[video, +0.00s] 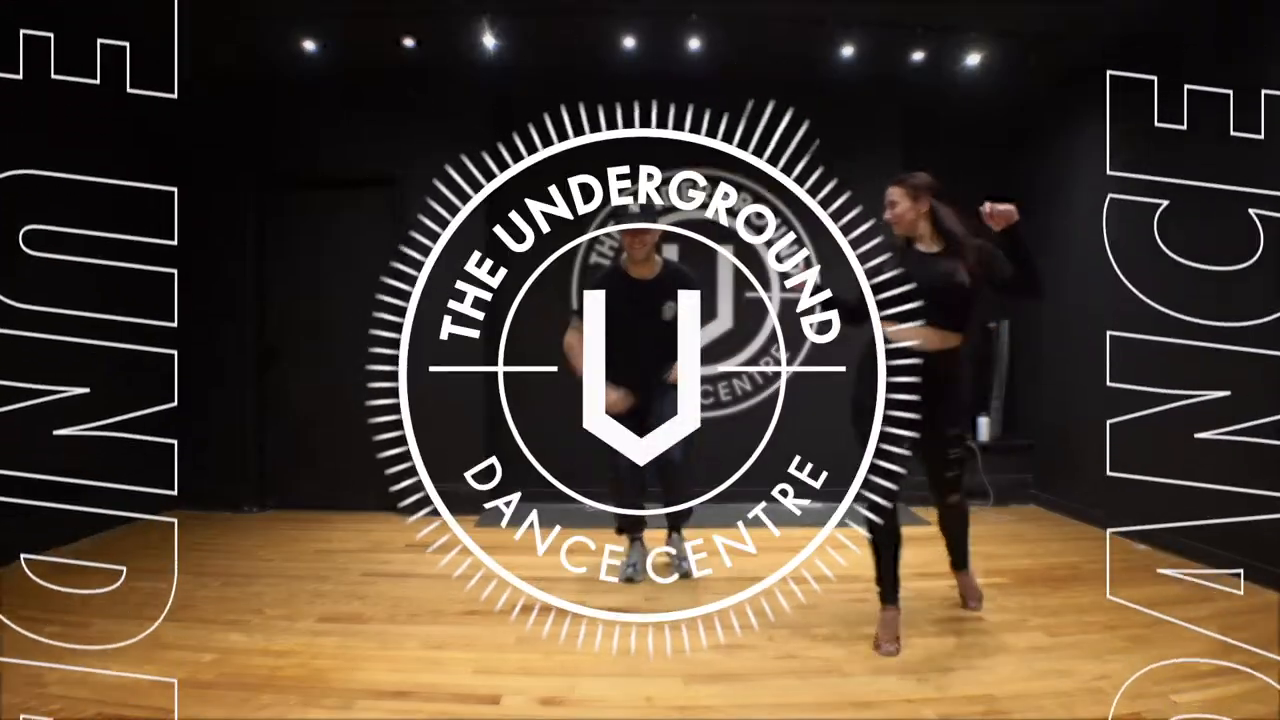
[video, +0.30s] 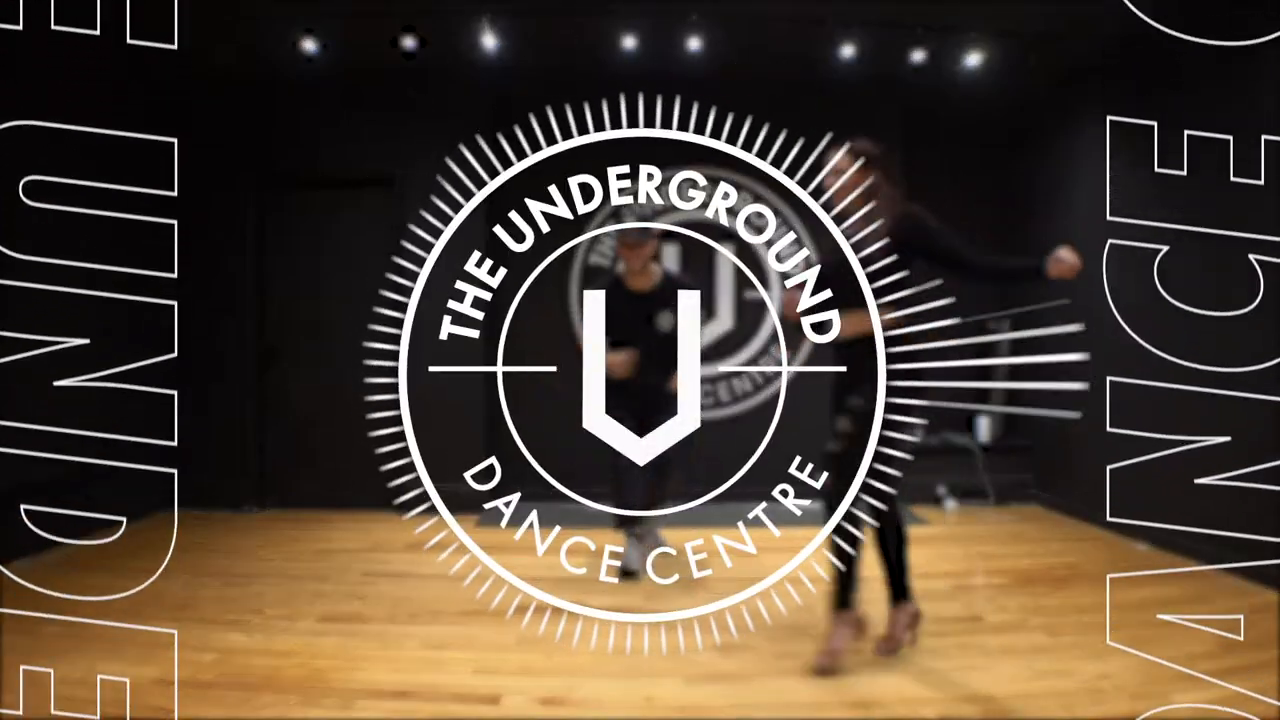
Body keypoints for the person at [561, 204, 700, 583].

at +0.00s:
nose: (636, 240)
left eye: (644, 233)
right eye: (629, 233)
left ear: (659, 235)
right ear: (620, 237)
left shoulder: (680, 281)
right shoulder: (605, 283)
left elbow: (698, 332)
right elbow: (573, 340)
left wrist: (685, 365)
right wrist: (601, 387)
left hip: (666, 385)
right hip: (618, 388)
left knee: (673, 458)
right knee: (624, 463)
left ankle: (677, 538)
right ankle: (634, 544)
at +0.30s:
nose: (632, 253)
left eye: (639, 245)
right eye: (626, 246)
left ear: (654, 246)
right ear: (618, 249)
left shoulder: (677, 291)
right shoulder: (606, 292)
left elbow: (691, 340)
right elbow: (588, 339)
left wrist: (683, 374)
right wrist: (606, 357)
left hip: (662, 388)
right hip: (620, 390)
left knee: (659, 457)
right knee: (626, 459)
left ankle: (648, 525)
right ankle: (633, 537)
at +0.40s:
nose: (640, 261)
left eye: (645, 252)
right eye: (633, 253)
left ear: (657, 252)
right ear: (623, 255)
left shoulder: (679, 292)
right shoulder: (612, 297)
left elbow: (690, 344)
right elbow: (611, 358)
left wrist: (683, 374)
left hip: (663, 392)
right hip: (622, 393)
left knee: (659, 459)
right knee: (629, 461)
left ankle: (643, 528)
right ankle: (636, 534)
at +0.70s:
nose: (691, 253)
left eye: (695, 246)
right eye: (684, 244)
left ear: (699, 252)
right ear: (667, 246)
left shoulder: (689, 292)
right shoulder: (642, 290)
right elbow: (631, 353)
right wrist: (685, 343)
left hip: (665, 387)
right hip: (633, 388)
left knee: (660, 455)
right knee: (639, 455)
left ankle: (646, 525)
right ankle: (640, 530)